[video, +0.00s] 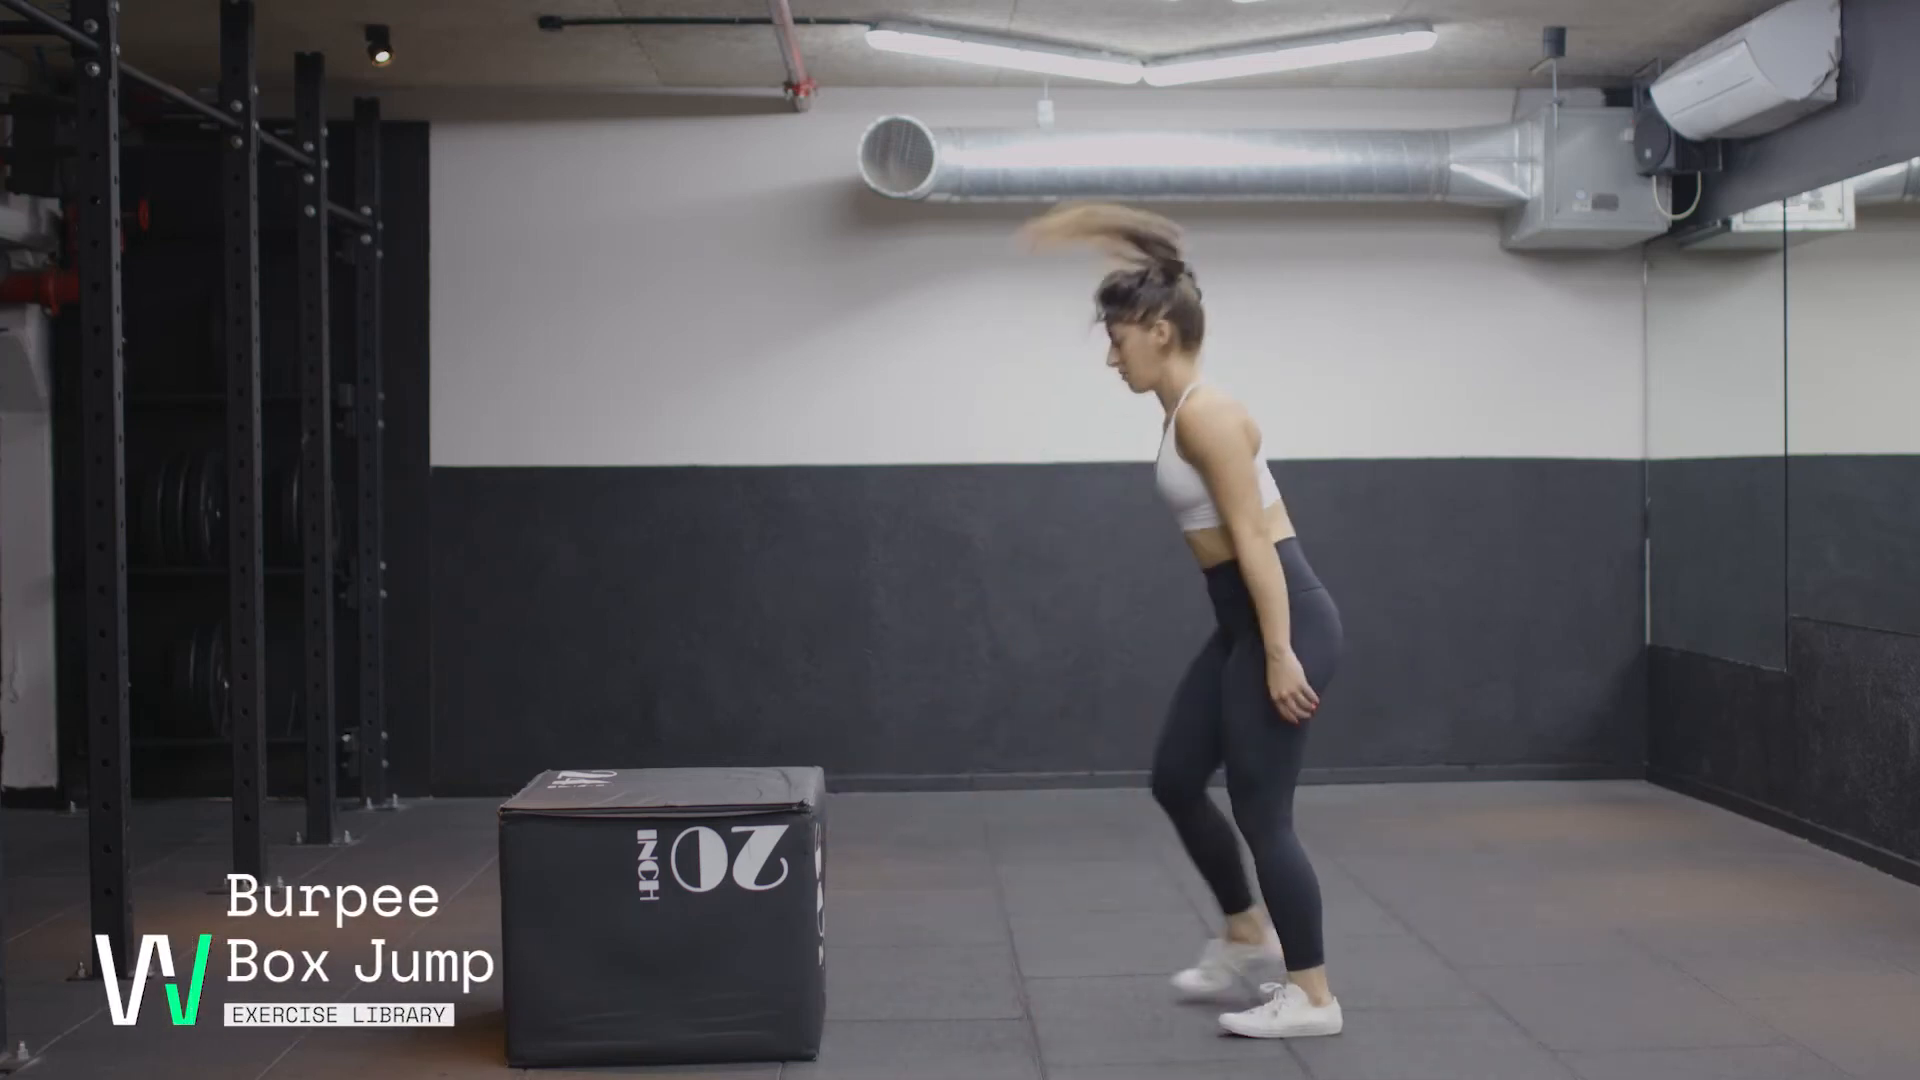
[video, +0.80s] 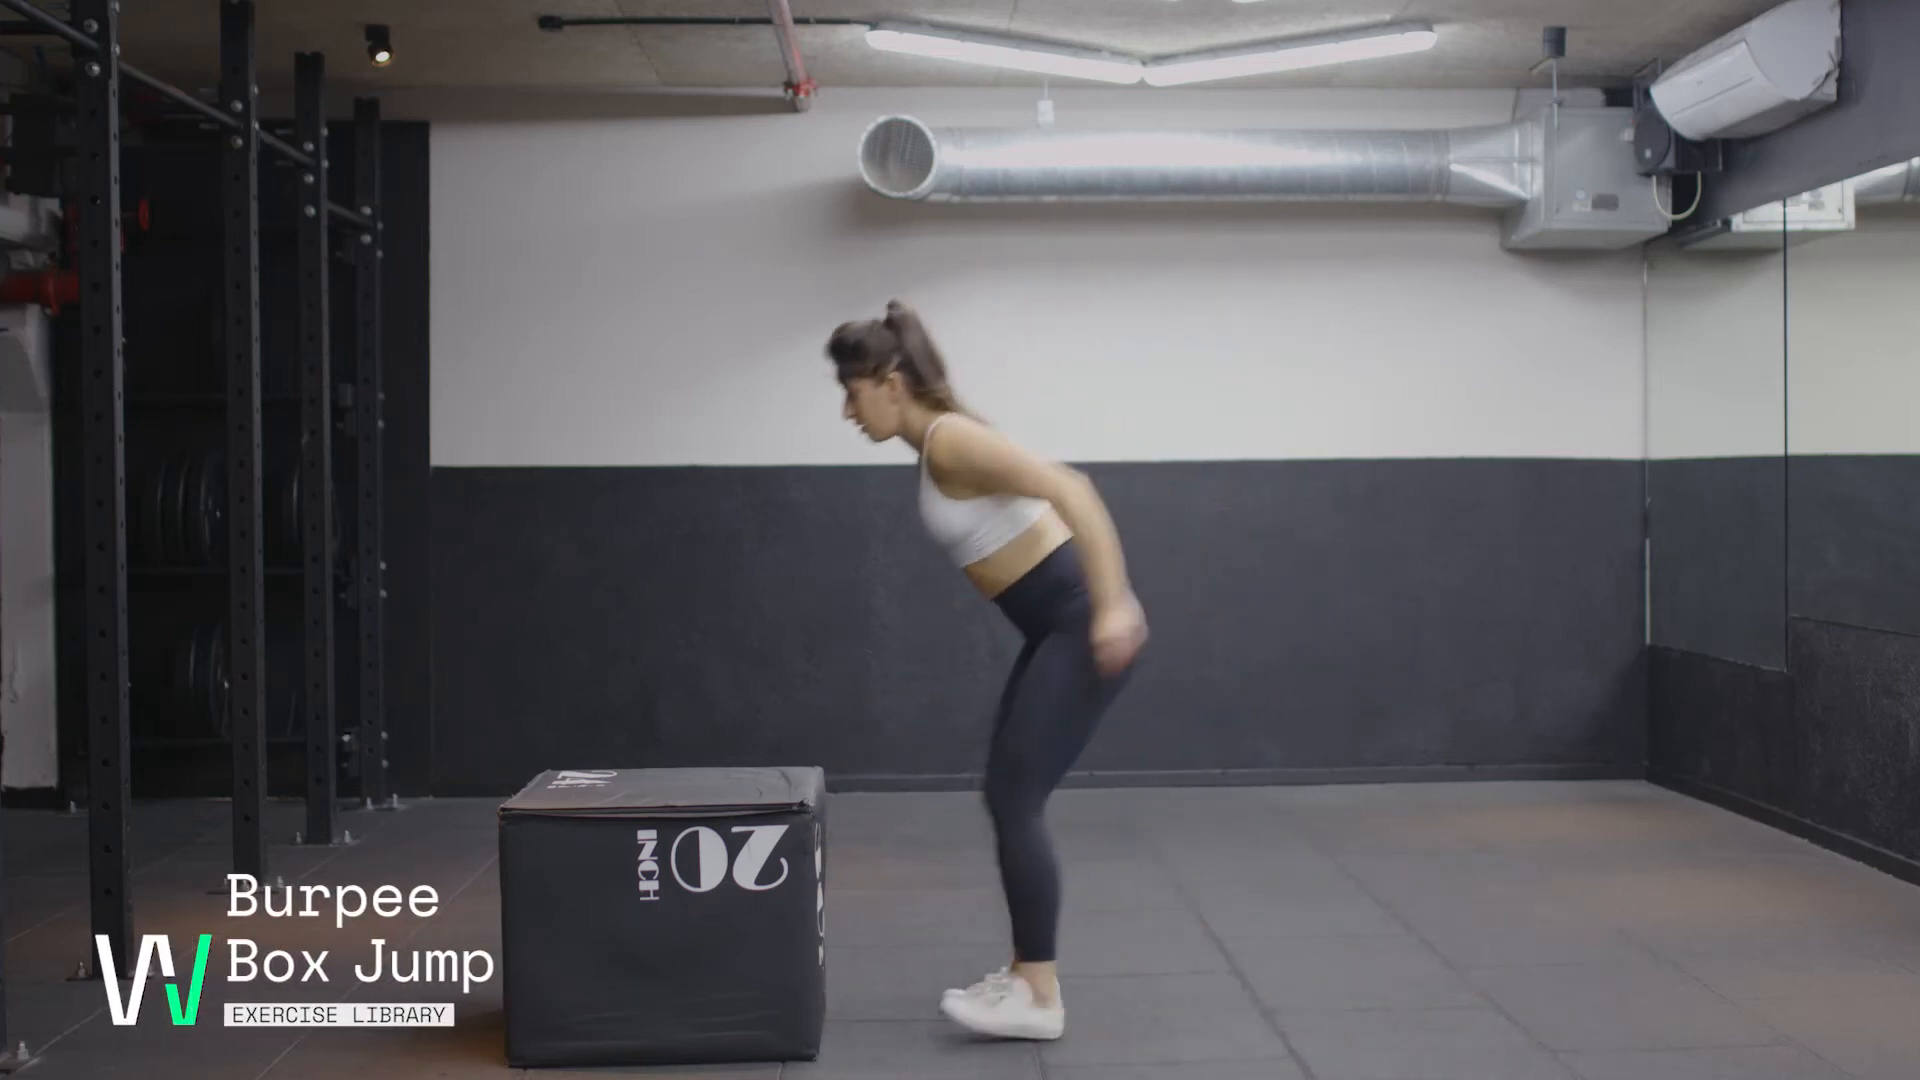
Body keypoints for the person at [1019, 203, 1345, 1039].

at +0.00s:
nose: (1109, 352)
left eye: (1117, 336)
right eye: (1108, 337)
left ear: (1163, 331)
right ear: (1151, 334)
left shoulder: (1209, 418)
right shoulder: (1183, 417)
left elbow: (1257, 539)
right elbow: (1238, 540)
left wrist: (1278, 653)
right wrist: (1254, 641)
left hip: (1279, 624)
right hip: (1243, 623)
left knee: (1263, 812)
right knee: (1177, 779)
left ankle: (1312, 995)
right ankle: (1250, 941)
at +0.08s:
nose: (1112, 349)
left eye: (1120, 331)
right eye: (1110, 333)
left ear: (1163, 326)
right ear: (1161, 328)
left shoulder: (1205, 413)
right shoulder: (1184, 411)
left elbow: (1246, 535)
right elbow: (1236, 530)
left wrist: (1267, 650)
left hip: (1263, 625)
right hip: (1228, 623)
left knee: (1262, 813)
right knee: (1154, 775)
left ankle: (1312, 992)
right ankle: (1191, 947)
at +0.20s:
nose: (1098, 354)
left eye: (1105, 337)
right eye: (1097, 338)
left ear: (1151, 332)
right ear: (1145, 333)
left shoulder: (1184, 416)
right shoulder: (1179, 407)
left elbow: (1216, 545)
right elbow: (1210, 539)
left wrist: (1220, 665)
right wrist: (1215, 653)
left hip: (1246, 628)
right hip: (1213, 620)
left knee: (1250, 819)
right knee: (1137, 784)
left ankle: (1310, 994)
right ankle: (1098, 957)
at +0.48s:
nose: (989, 365)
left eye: (996, 347)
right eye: (987, 349)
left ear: (1039, 344)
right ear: (1040, 345)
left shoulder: (1075, 416)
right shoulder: (1086, 407)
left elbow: (1146, 511)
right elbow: (1165, 481)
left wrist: (1165, 634)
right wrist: (1158, 585)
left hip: (1143, 632)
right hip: (1121, 630)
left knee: (1165, 819)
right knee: (1080, 806)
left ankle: (1288, 968)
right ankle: (1037, 969)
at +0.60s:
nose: (929, 372)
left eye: (936, 354)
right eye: (928, 356)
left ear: (977, 348)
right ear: (979, 350)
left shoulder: (1024, 411)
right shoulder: (1022, 412)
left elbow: (1136, 457)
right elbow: (1118, 462)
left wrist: (1181, 570)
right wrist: (1145, 553)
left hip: (1122, 623)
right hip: (1091, 625)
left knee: (1081, 802)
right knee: (1063, 799)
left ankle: (1216, 938)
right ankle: (1037, 970)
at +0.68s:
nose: (892, 380)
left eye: (899, 362)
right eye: (890, 364)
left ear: (942, 355)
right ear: (941, 359)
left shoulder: (991, 414)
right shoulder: (988, 415)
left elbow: (1113, 441)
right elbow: (1094, 447)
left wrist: (1172, 538)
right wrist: (1124, 531)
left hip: (1107, 618)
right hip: (1084, 617)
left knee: (1055, 792)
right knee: (1050, 792)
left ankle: (1139, 960)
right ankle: (1036, 968)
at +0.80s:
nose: (846, 408)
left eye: (852, 390)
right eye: (844, 392)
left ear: (893, 383)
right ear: (892, 385)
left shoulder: (952, 440)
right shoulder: (940, 446)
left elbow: (1069, 488)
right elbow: (1066, 486)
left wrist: (1114, 598)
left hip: (1076, 623)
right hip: (1058, 626)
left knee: (1015, 793)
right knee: (1009, 790)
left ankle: (1038, 991)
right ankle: (1027, 977)